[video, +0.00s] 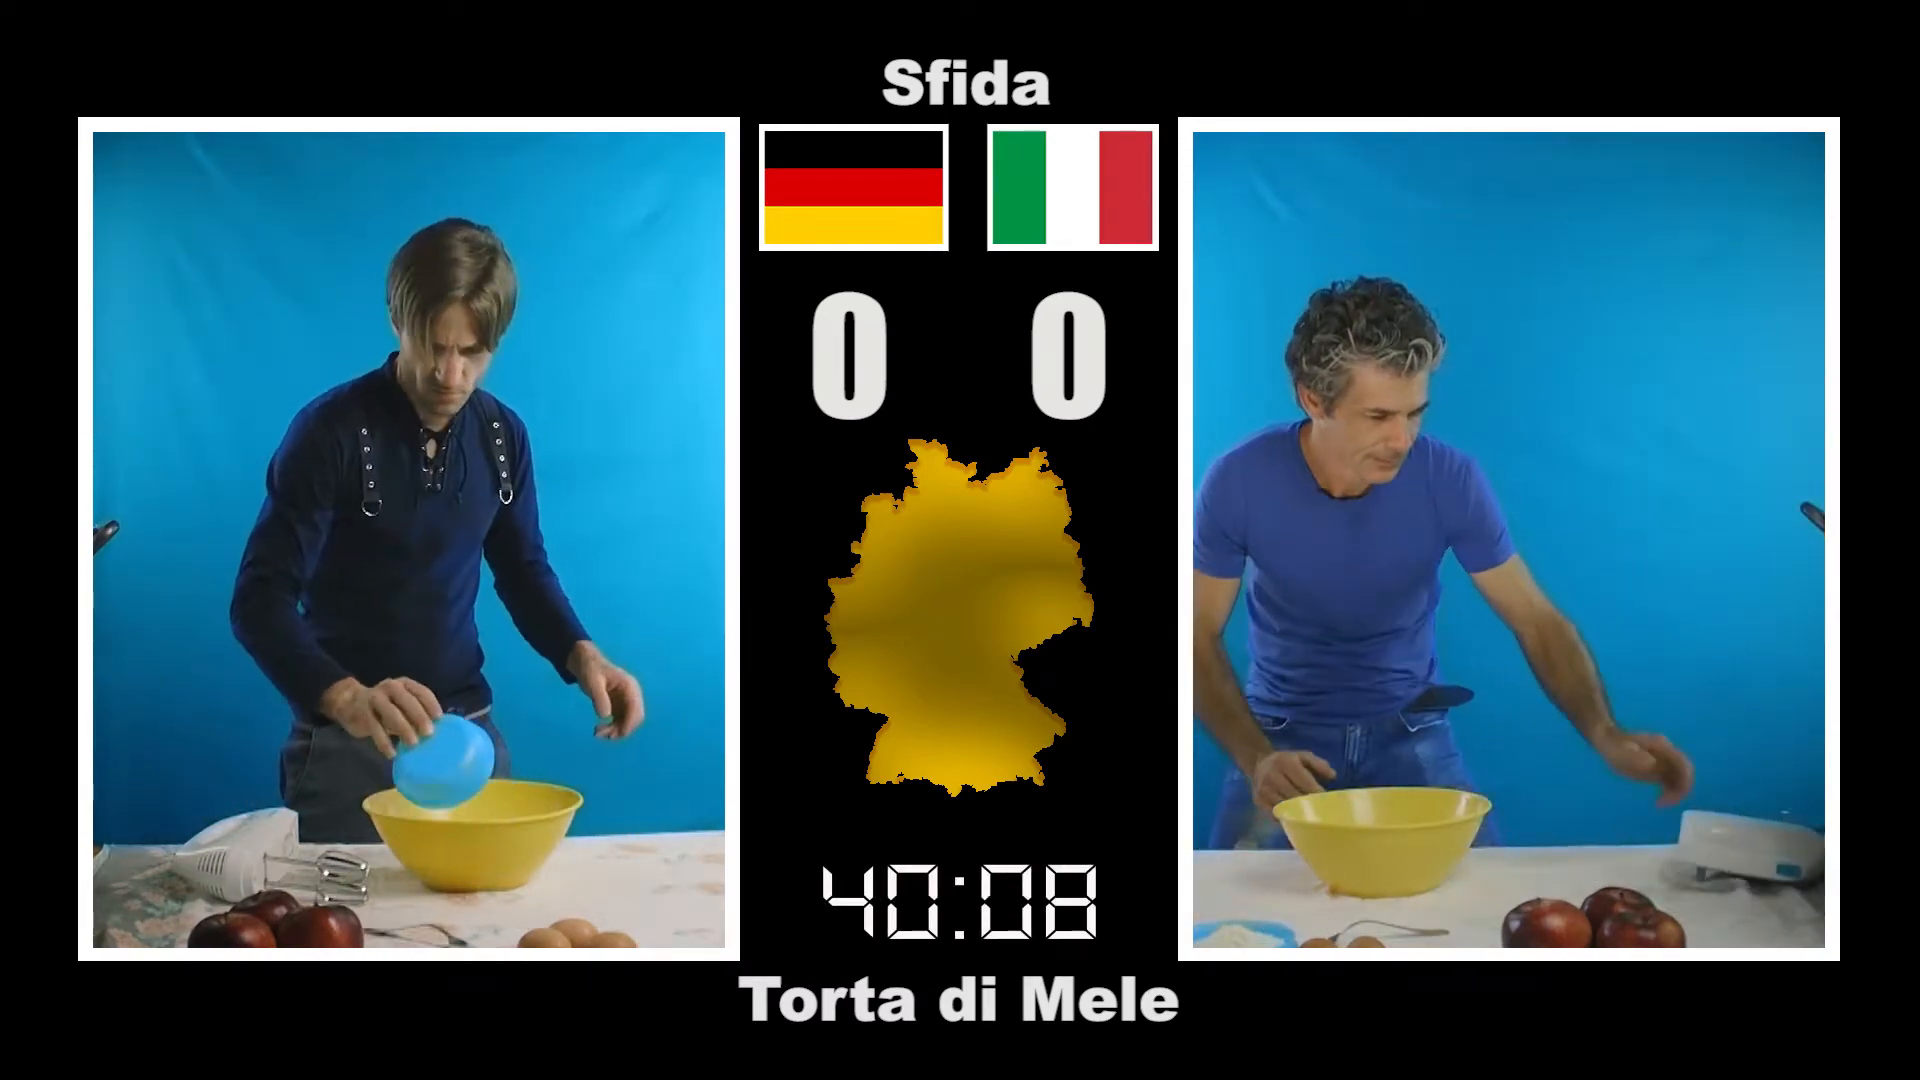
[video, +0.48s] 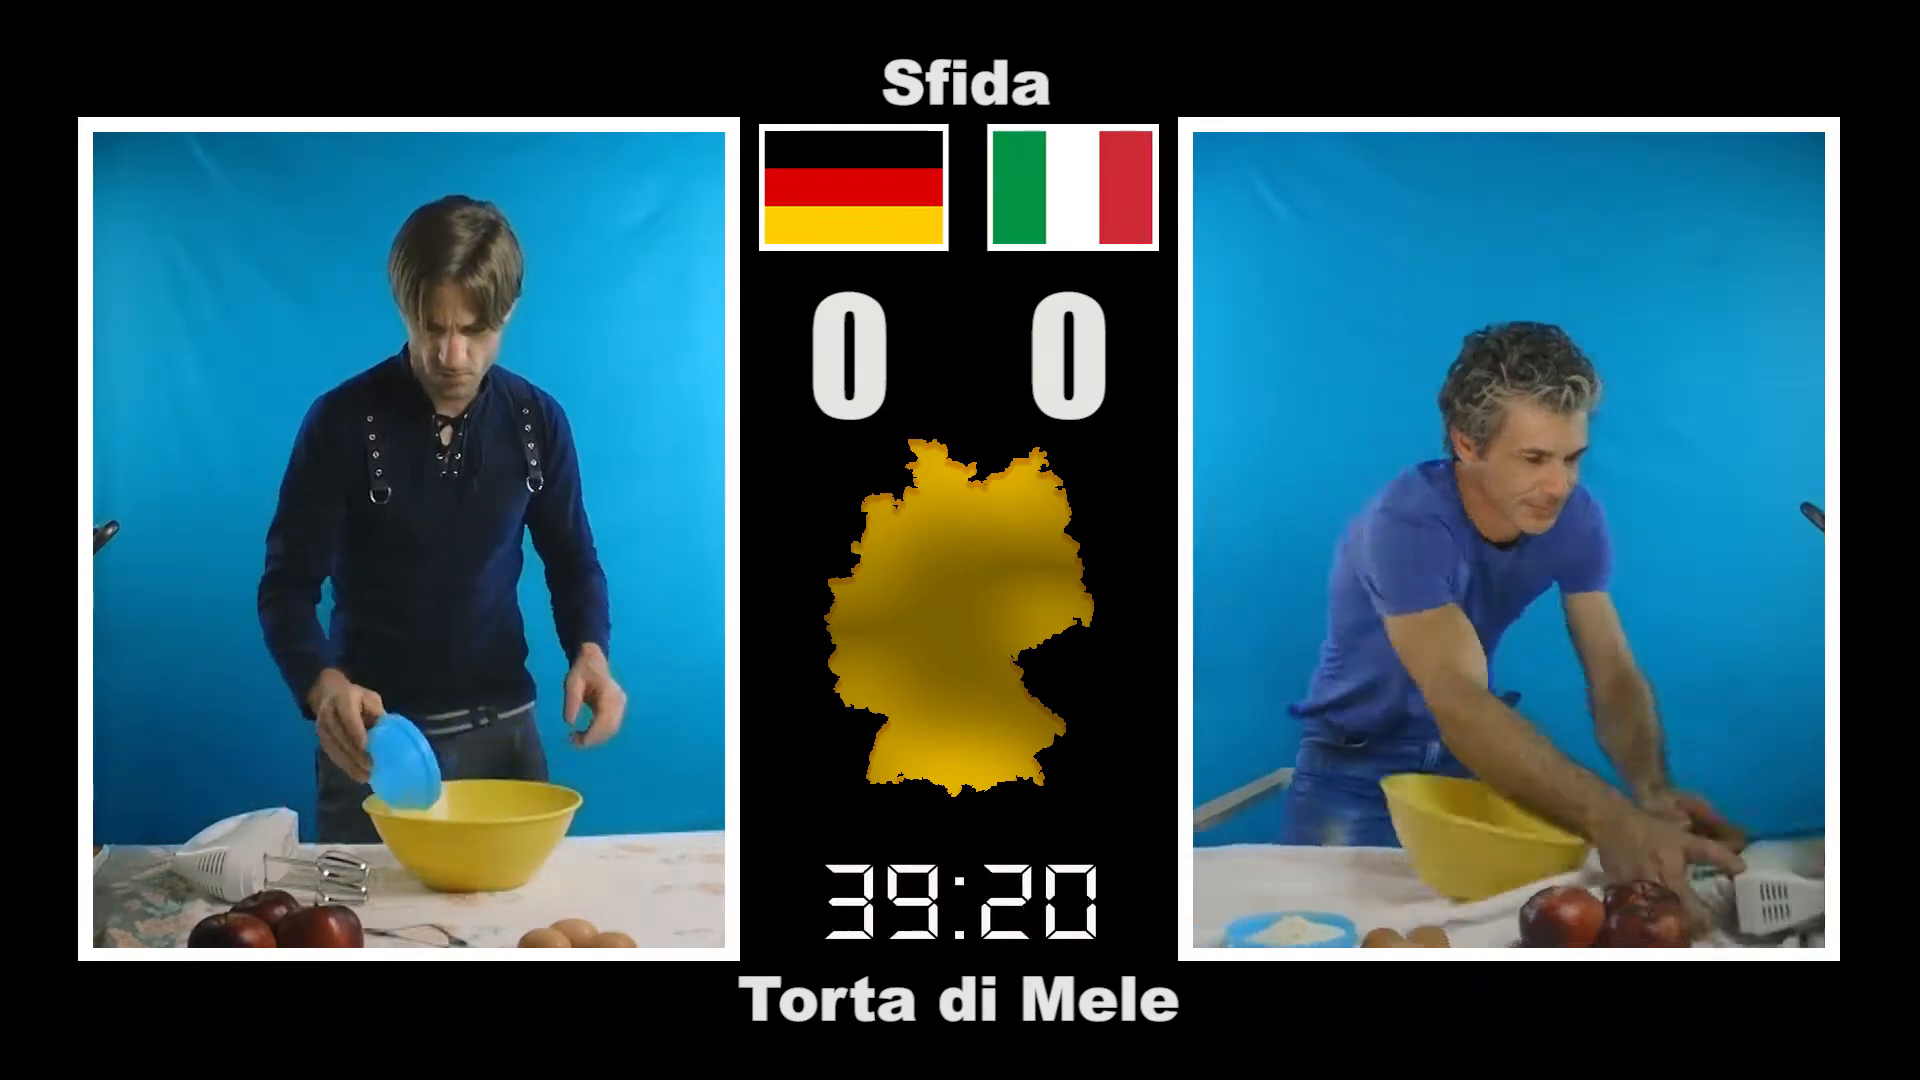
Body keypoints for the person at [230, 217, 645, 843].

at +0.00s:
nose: (451, 373)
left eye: (472, 351)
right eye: (434, 347)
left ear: (495, 340)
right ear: (400, 326)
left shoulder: (501, 438)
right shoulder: (331, 434)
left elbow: (522, 567)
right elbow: (260, 601)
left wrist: (582, 659)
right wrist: (347, 698)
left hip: (464, 738)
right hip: (346, 746)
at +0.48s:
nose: (454, 354)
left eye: (475, 330)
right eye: (433, 328)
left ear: (505, 316)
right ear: (405, 310)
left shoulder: (536, 424)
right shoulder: (342, 425)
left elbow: (571, 555)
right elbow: (287, 585)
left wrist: (589, 651)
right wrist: (322, 685)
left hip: (501, 737)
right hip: (374, 746)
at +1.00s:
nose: (540, 348)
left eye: (558, 321)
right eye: (517, 323)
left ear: (582, 305)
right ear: (476, 304)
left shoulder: (618, 426)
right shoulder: (409, 406)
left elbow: (656, 603)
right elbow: (358, 569)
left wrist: (596, 683)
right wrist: (389, 670)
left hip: (553, 742)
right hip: (418, 737)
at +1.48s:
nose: (486, 316)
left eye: (492, 294)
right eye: (463, 297)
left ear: (500, 285)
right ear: (398, 294)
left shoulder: (528, 413)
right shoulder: (331, 418)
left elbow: (572, 557)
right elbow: (297, 581)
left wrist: (557, 629)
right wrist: (371, 614)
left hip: (509, 742)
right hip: (376, 749)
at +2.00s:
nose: (545, 315)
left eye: (569, 292)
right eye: (528, 289)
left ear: (610, 286)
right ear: (508, 281)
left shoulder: (643, 425)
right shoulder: (448, 395)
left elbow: (659, 596)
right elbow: (387, 532)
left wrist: (570, 650)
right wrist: (387, 604)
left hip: (561, 744)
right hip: (430, 731)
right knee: (374, 934)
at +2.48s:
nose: (508, 304)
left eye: (520, 284)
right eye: (485, 282)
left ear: (530, 285)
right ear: (428, 284)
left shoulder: (552, 420)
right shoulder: (354, 412)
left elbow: (591, 573)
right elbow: (310, 571)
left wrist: (554, 662)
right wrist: (374, 658)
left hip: (513, 749)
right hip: (380, 749)